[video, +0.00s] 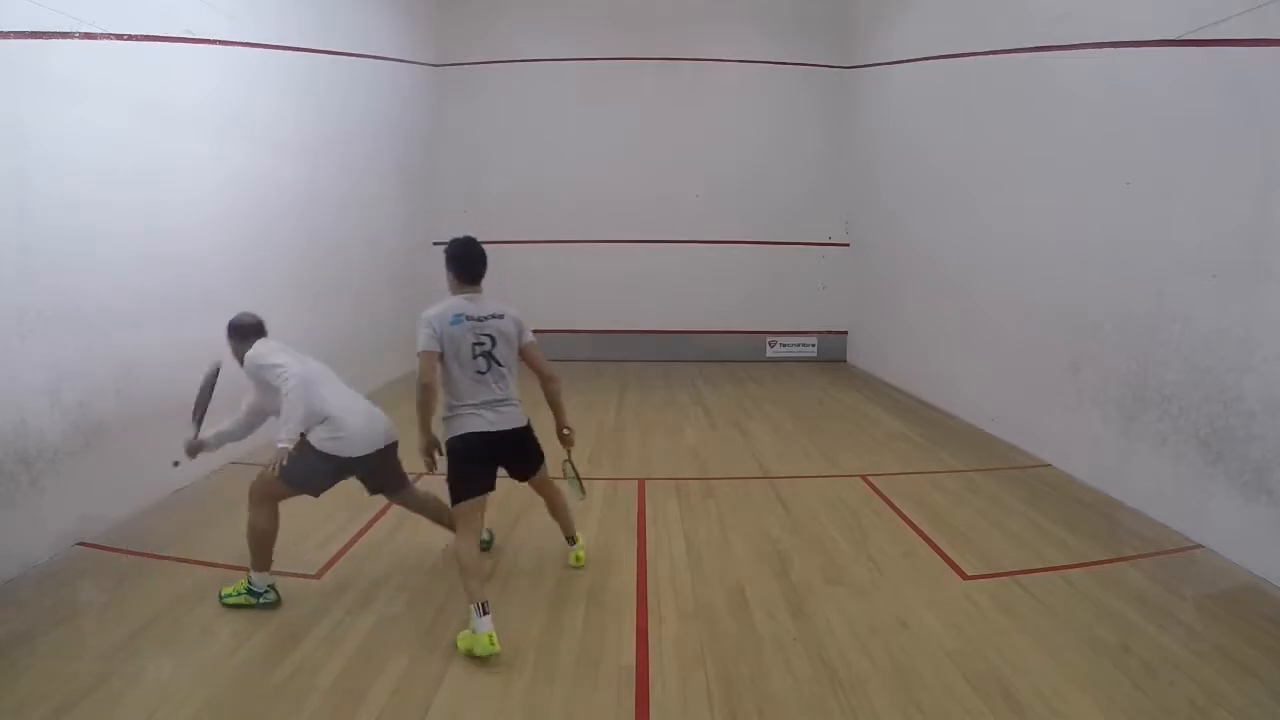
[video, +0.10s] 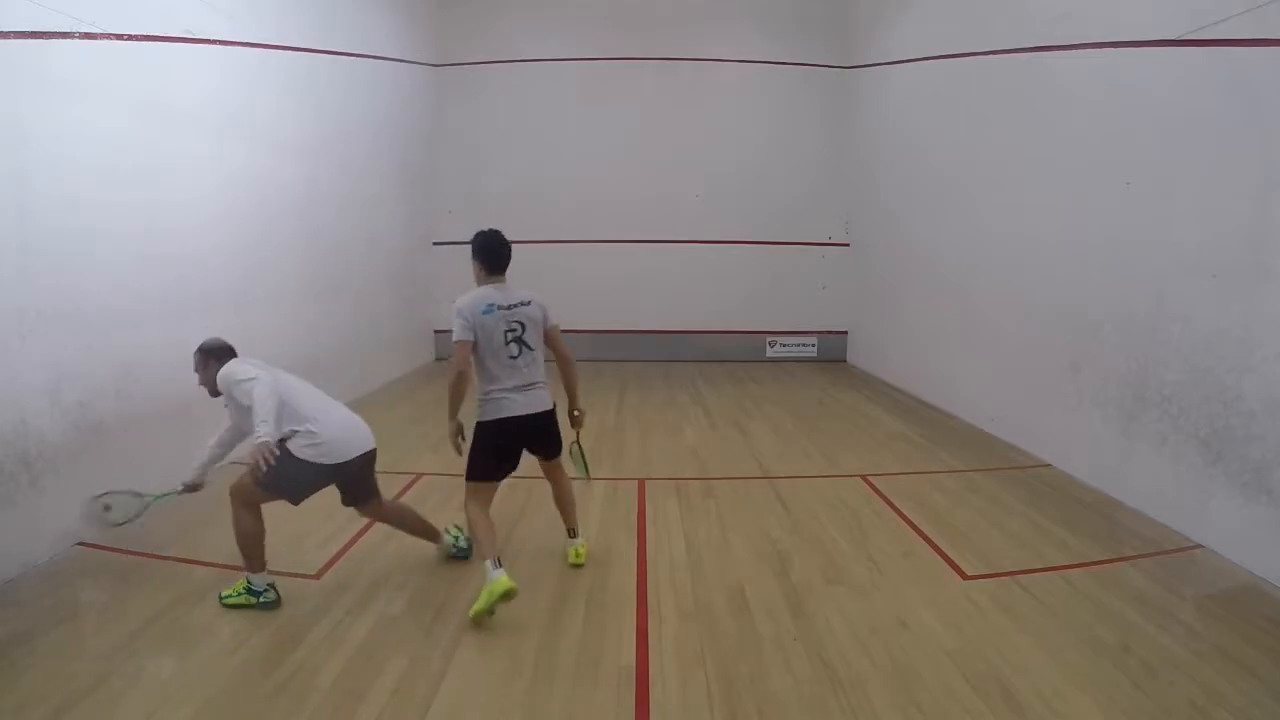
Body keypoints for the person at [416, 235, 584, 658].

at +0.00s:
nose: (446, 274)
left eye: (447, 269)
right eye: (453, 268)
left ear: (449, 273)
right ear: (484, 272)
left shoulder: (434, 318)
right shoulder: (508, 318)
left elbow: (428, 381)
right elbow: (548, 376)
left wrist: (425, 435)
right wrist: (561, 421)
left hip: (467, 438)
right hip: (515, 430)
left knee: (467, 532)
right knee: (547, 487)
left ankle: (482, 626)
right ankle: (575, 544)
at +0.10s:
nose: (472, 266)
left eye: (472, 261)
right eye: (476, 260)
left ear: (477, 264)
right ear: (507, 262)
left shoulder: (467, 306)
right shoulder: (532, 303)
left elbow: (462, 369)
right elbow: (564, 356)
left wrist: (453, 419)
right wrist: (574, 402)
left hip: (497, 422)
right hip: (541, 414)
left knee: (477, 503)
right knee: (555, 470)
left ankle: (496, 574)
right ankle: (575, 542)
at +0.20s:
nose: (489, 254)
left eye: (489, 249)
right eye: (492, 248)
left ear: (494, 252)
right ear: (523, 251)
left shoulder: (488, 291)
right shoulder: (548, 289)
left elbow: (481, 352)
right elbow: (577, 335)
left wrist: (472, 395)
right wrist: (583, 383)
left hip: (513, 401)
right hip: (553, 396)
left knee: (485, 473)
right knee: (561, 452)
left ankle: (512, 546)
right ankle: (581, 517)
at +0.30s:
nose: (504, 257)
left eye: (504, 252)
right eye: (505, 251)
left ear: (508, 254)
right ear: (537, 253)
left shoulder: (504, 292)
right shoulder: (561, 291)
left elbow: (496, 349)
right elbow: (593, 336)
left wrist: (485, 384)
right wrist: (591, 378)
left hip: (523, 398)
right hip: (563, 393)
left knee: (489, 460)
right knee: (578, 447)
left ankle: (500, 534)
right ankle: (605, 507)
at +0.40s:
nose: (527, 275)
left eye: (525, 271)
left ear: (526, 274)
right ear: (554, 273)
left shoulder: (515, 310)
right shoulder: (574, 308)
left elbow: (511, 360)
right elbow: (603, 355)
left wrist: (503, 395)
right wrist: (605, 387)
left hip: (537, 407)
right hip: (577, 404)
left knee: (497, 461)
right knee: (595, 442)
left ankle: (503, 532)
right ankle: (616, 496)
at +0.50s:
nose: (563, 275)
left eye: (560, 270)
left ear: (559, 275)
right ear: (588, 276)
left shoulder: (544, 310)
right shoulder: (602, 312)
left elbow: (531, 357)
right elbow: (628, 358)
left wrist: (545, 379)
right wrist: (624, 387)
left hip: (556, 402)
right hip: (595, 400)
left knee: (516, 458)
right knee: (611, 432)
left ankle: (504, 530)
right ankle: (618, 487)